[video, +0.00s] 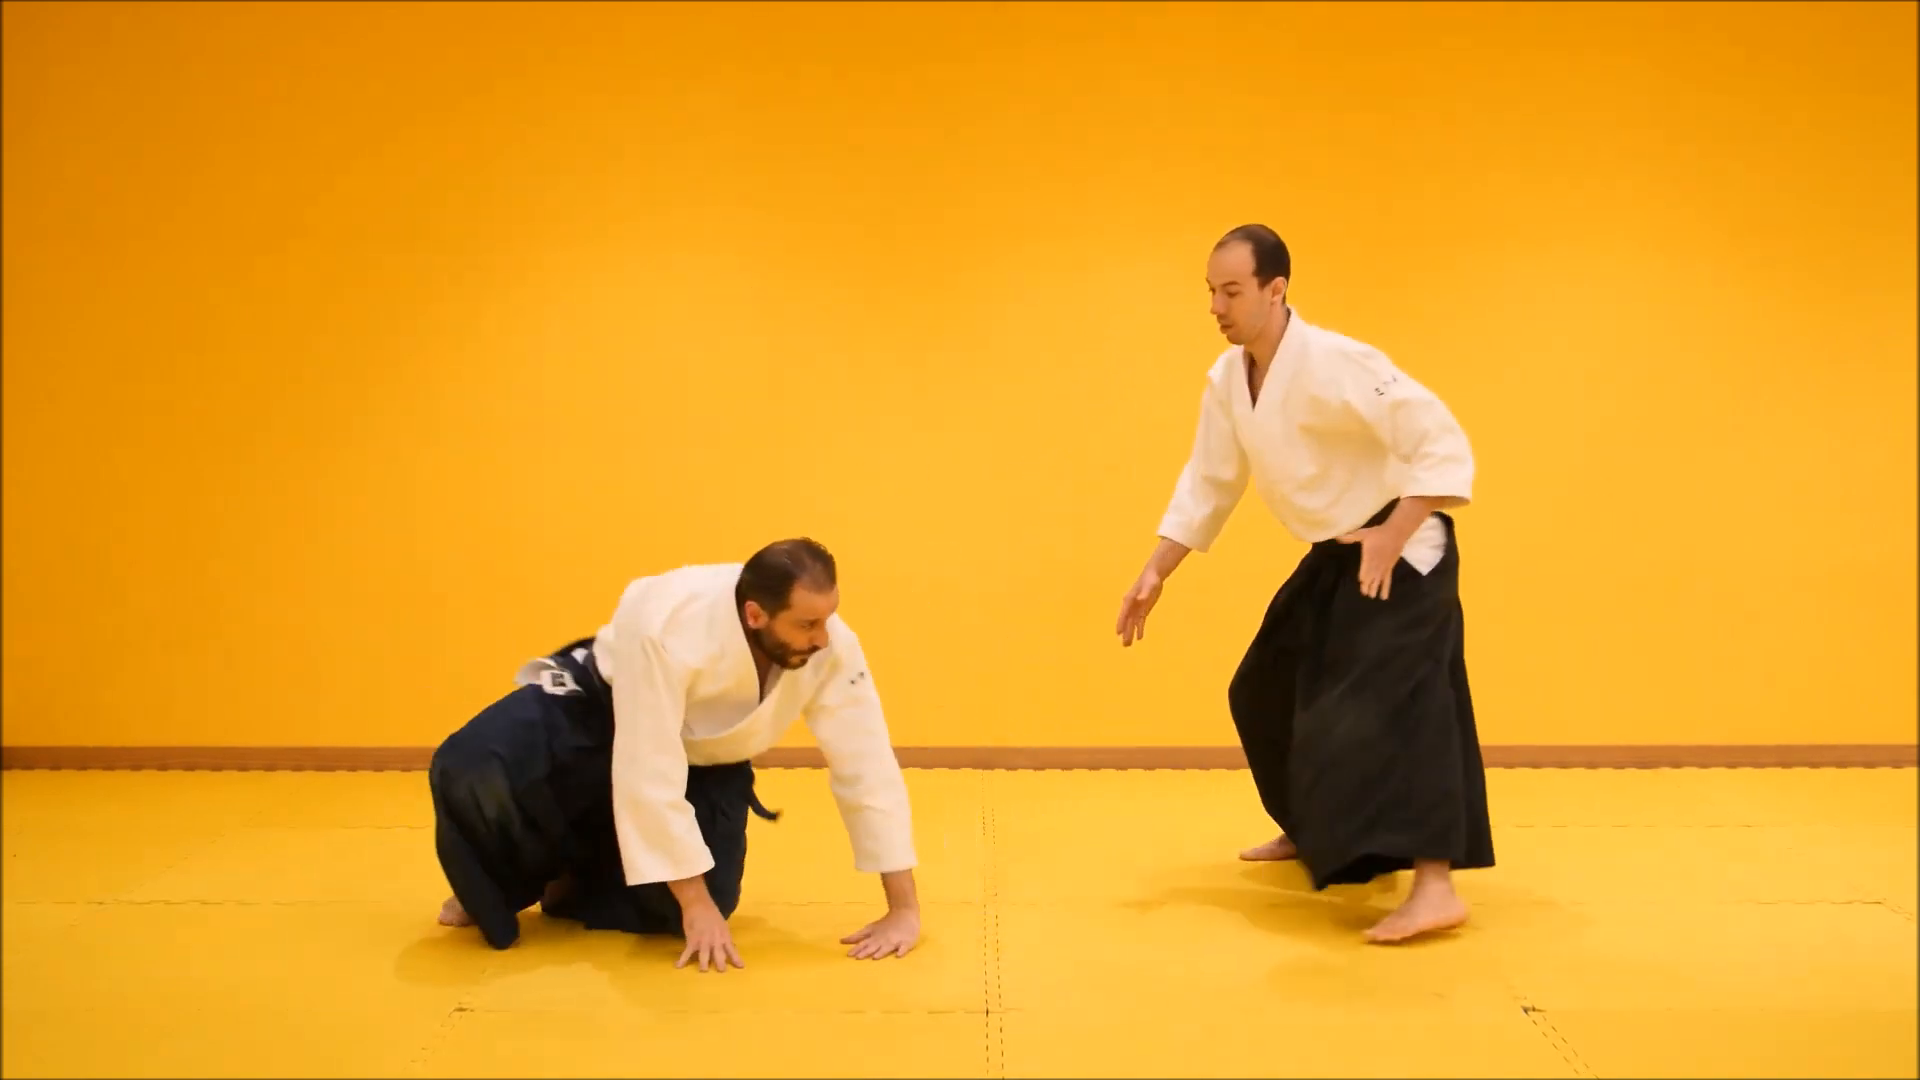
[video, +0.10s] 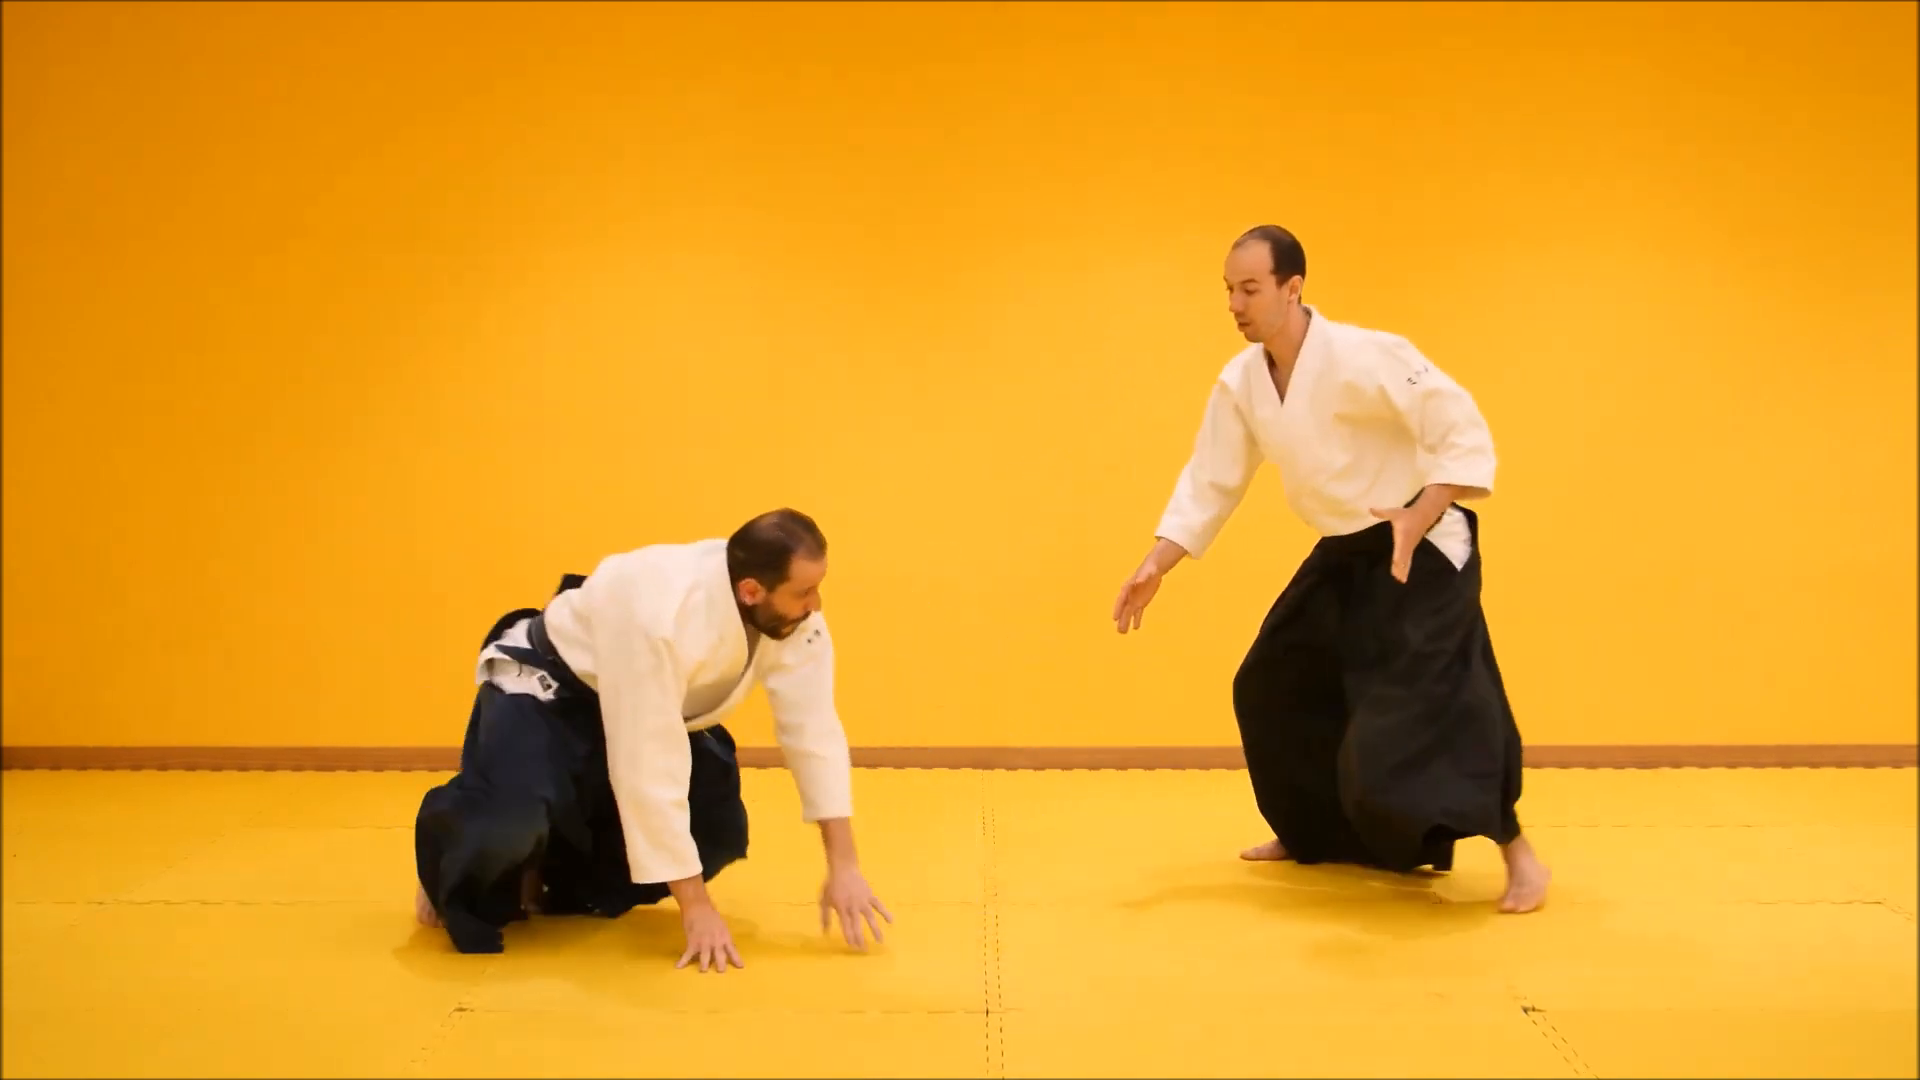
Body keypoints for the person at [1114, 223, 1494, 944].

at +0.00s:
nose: (1215, 306)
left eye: (1228, 289)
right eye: (1211, 291)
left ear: (1276, 289)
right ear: (1220, 295)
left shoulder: (1338, 366)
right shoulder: (1229, 380)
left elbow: (1446, 451)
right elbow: (1206, 483)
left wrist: (1395, 534)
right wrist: (1154, 572)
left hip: (1403, 552)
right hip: (1333, 556)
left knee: (1394, 709)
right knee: (1261, 691)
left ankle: (1435, 883)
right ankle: (1313, 827)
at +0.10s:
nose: (1235, 304)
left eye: (1248, 287)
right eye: (1229, 290)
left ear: (1292, 287)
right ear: (1229, 296)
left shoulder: (1369, 359)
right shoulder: (1241, 384)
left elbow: (1469, 440)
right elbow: (1209, 484)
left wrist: (1419, 518)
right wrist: (1154, 566)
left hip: (1421, 545)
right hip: (1340, 554)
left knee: (1439, 702)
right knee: (1265, 687)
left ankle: (1517, 850)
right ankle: (1311, 829)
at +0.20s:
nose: (1260, 297)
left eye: (1273, 282)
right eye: (1256, 283)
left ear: (1318, 282)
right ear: (1258, 288)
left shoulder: (1398, 354)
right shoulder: (1264, 382)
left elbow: (1486, 431)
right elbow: (1226, 478)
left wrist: (1448, 503)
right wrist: (1167, 552)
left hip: (1435, 544)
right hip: (1351, 552)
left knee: (1477, 691)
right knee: (1272, 680)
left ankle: (1568, 814)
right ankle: (1306, 828)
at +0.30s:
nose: (1295, 295)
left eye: (1309, 280)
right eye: (1291, 282)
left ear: (1354, 284)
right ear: (1298, 289)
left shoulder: (1432, 355)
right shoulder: (1295, 379)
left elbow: (1513, 438)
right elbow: (1247, 471)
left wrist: (1479, 501)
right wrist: (1184, 542)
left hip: (1456, 549)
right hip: (1365, 555)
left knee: (1529, 685)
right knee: (1278, 679)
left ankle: (1595, 813)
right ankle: (1308, 829)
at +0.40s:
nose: (1324, 298)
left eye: (1338, 283)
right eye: (1322, 284)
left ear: (1386, 289)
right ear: (1327, 292)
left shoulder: (1470, 362)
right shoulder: (1325, 385)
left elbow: (1538, 452)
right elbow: (1268, 474)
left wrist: (1494, 522)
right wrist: (1199, 537)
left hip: (1482, 558)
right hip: (1386, 563)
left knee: (1544, 689)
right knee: (1296, 673)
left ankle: (1628, 818)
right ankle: (1320, 832)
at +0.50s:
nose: (1332, 300)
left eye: (1345, 286)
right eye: (1331, 285)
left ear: (1394, 292)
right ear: (1362, 294)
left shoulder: (1481, 366)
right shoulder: (1336, 383)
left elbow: (1532, 473)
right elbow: (1275, 470)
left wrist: (1470, 536)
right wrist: (1200, 531)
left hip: (1489, 553)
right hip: (1394, 558)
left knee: (1540, 678)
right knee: (1298, 666)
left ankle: (1603, 815)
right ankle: (1320, 829)